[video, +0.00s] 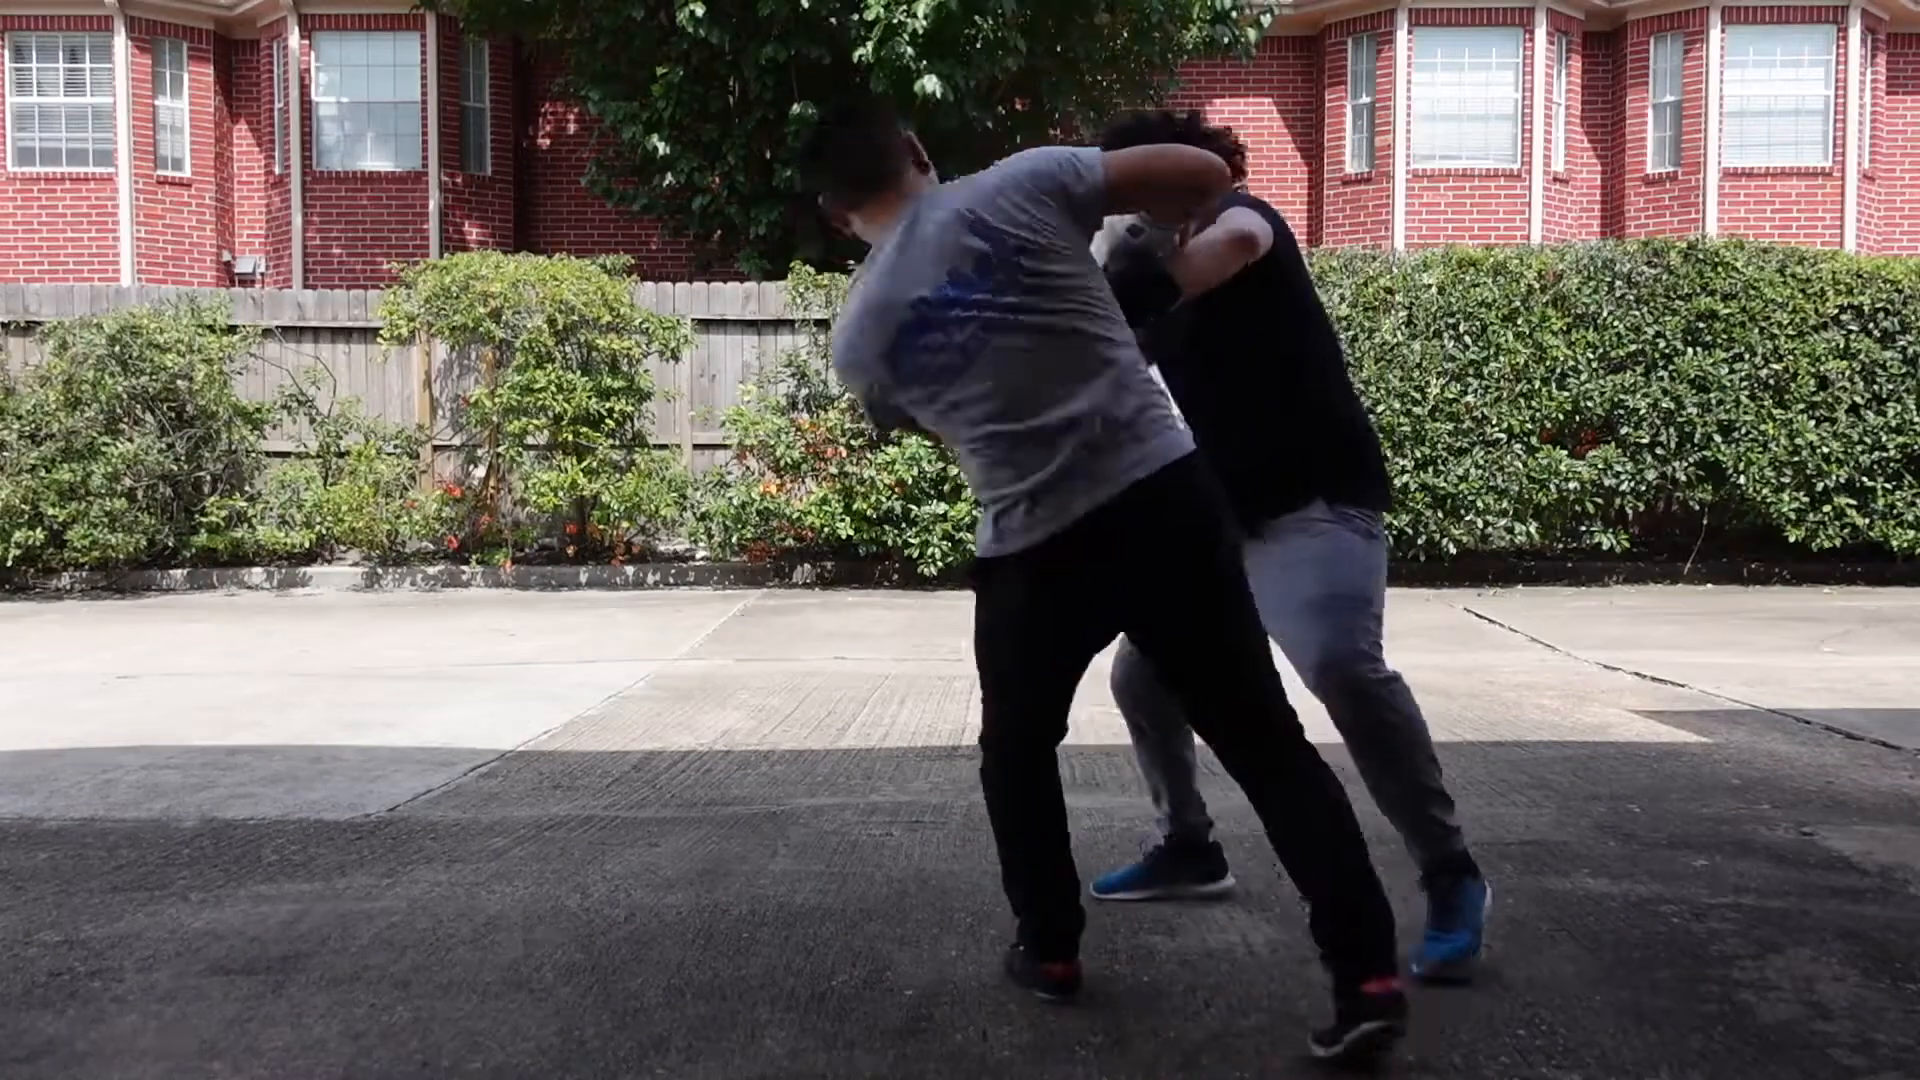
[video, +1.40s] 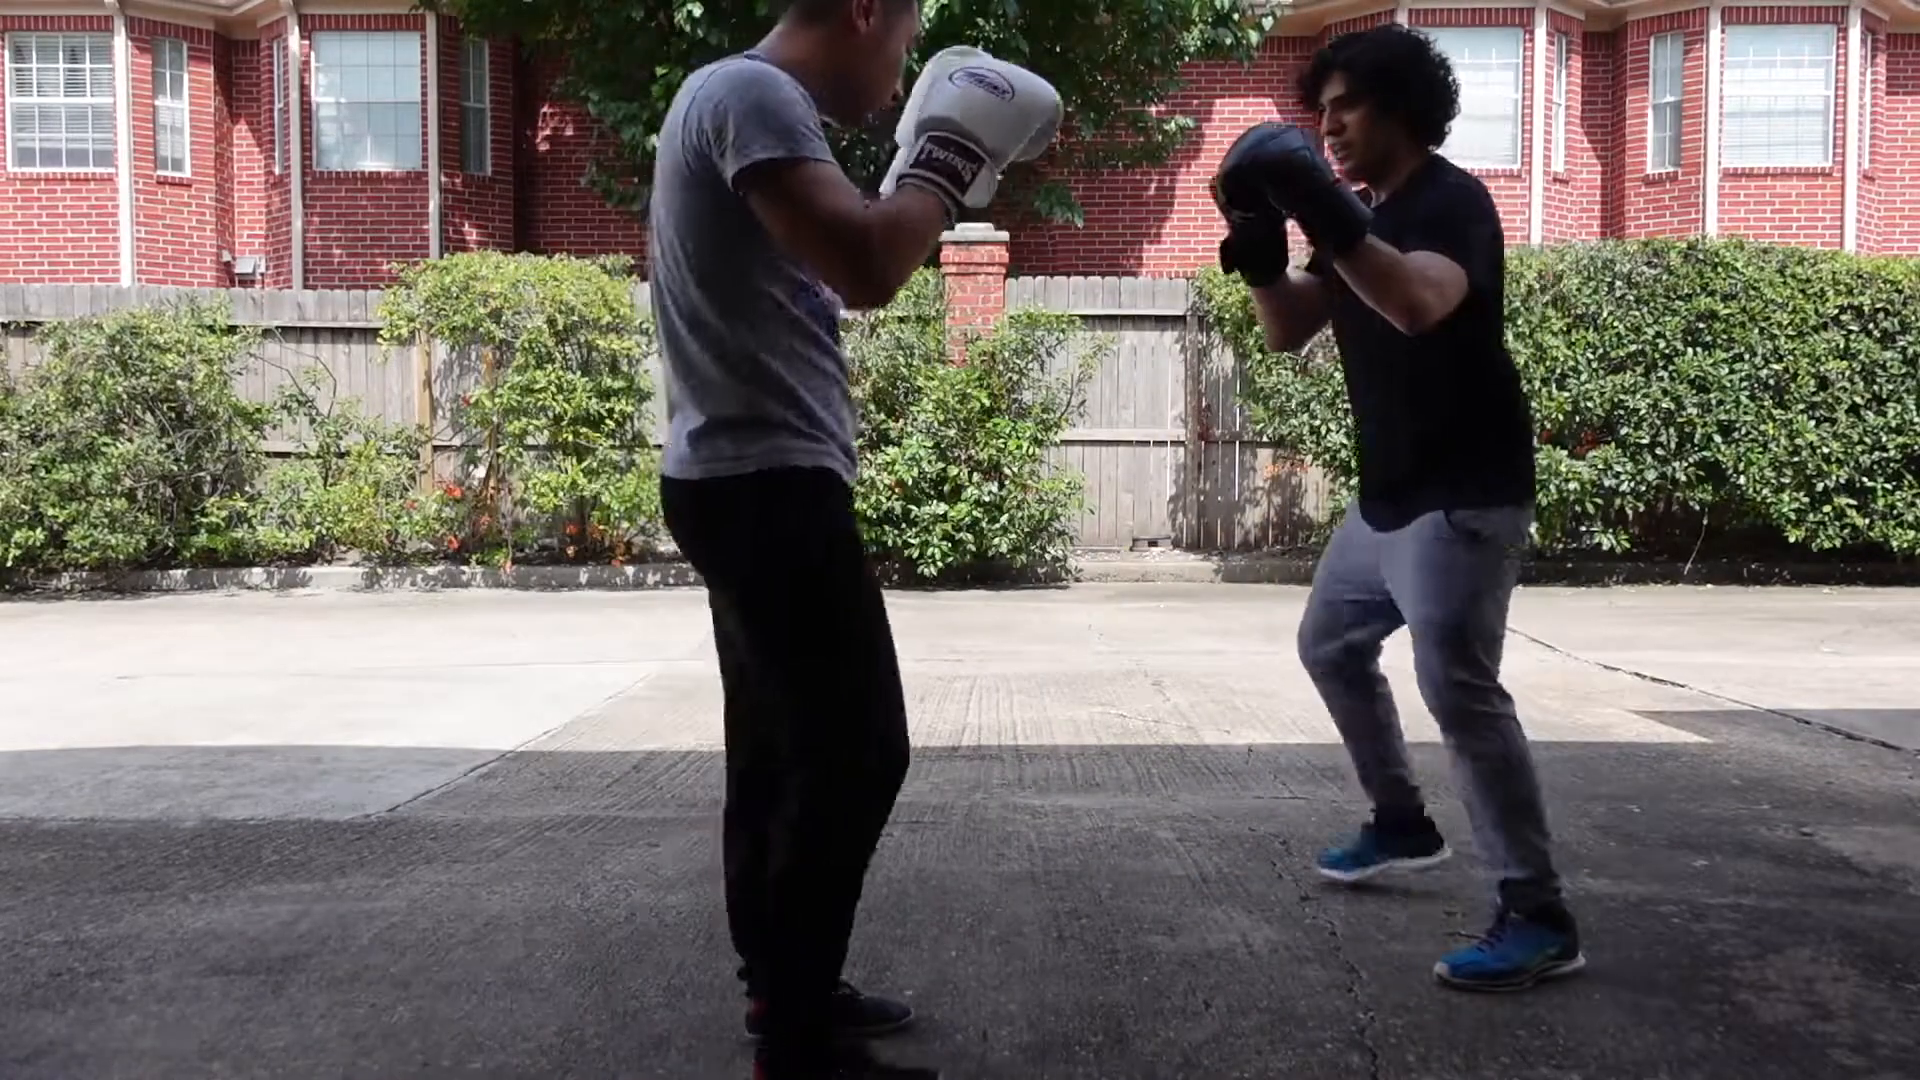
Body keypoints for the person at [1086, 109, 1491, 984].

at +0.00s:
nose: (1119, 207)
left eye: (1132, 190)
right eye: (1115, 193)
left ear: (1191, 178)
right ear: (1132, 199)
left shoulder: (1240, 216)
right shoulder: (1136, 265)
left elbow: (1226, 247)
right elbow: (1083, 336)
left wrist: (1118, 292)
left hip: (1314, 505)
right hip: (1216, 519)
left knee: (1339, 667)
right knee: (1139, 678)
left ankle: (1451, 878)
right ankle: (1187, 844)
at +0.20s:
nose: (1225, 125)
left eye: (1237, 109)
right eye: (1224, 113)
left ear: (1282, 116)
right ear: (1265, 124)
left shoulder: (1316, 191)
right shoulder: (1243, 223)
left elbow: (1226, 254)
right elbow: (1182, 351)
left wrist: (1103, 280)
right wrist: (1195, 239)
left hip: (1335, 505)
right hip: (1248, 510)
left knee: (1338, 688)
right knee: (1183, 677)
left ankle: (1466, 899)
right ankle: (1190, 845)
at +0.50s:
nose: (1304, 96)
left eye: (1322, 76)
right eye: (1307, 78)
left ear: (1378, 87)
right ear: (1382, 93)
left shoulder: (1396, 193)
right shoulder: (1396, 189)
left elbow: (1314, 335)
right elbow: (1330, 328)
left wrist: (1189, 295)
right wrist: (1265, 255)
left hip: (1431, 506)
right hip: (1403, 500)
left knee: (1369, 707)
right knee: (1308, 651)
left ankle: (1464, 951)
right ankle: (1331, 857)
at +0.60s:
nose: (1330, 87)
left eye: (1348, 66)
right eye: (1331, 68)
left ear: (1407, 74)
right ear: (1406, 81)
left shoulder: (1433, 177)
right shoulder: (1414, 174)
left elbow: (1335, 306)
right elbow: (1344, 307)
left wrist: (1217, 229)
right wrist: (1292, 233)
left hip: (1466, 488)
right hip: (1428, 477)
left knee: (1409, 690)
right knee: (1365, 638)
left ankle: (1468, 947)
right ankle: (1465, 841)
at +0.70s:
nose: (1351, 98)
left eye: (1367, 78)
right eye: (1350, 80)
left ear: (1423, 81)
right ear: (1410, 88)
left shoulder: (1463, 181)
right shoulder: (1446, 178)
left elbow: (1357, 298)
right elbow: (1366, 295)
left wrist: (1259, 203)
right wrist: (1308, 210)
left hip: (1489, 494)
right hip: (1470, 487)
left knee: (1434, 690)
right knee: (1467, 676)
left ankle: (1472, 948)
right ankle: (1582, 836)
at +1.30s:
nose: (1353, 132)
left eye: (1368, 112)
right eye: (1346, 117)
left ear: (1428, 112)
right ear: (1356, 127)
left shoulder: (1481, 206)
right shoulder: (1392, 219)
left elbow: (1443, 321)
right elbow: (1331, 348)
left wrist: (1346, 225)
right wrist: (1292, 264)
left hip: (1500, 496)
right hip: (1430, 498)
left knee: (1464, 690)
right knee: (1388, 664)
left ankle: (1536, 917)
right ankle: (1539, 812)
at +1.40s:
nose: (1329, 132)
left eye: (1343, 112)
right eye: (1322, 117)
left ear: (1406, 111)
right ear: (1323, 126)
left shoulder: (1456, 202)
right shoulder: (1350, 216)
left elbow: (1425, 302)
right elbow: (1289, 324)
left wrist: (1328, 208)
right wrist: (1257, 242)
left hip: (1469, 496)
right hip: (1386, 496)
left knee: (1459, 688)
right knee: (1328, 648)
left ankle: (1536, 915)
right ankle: (1401, 823)